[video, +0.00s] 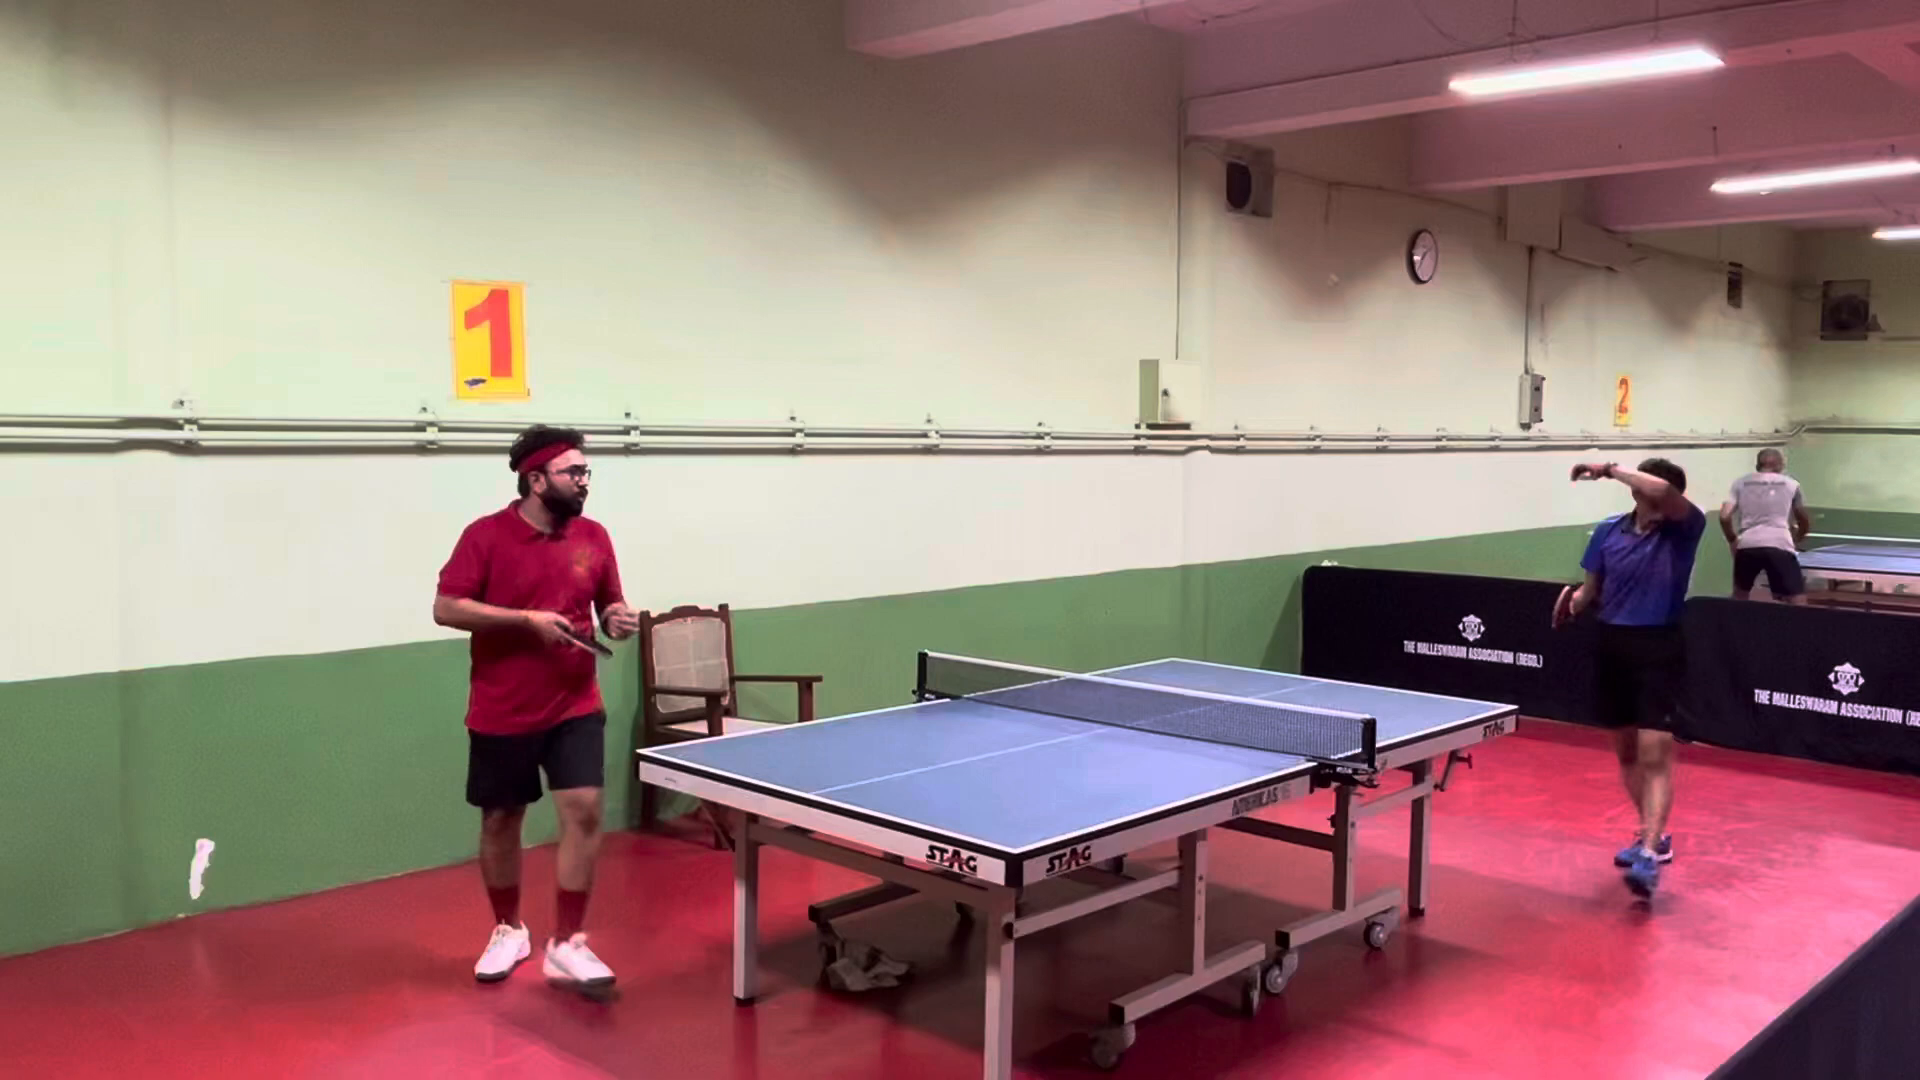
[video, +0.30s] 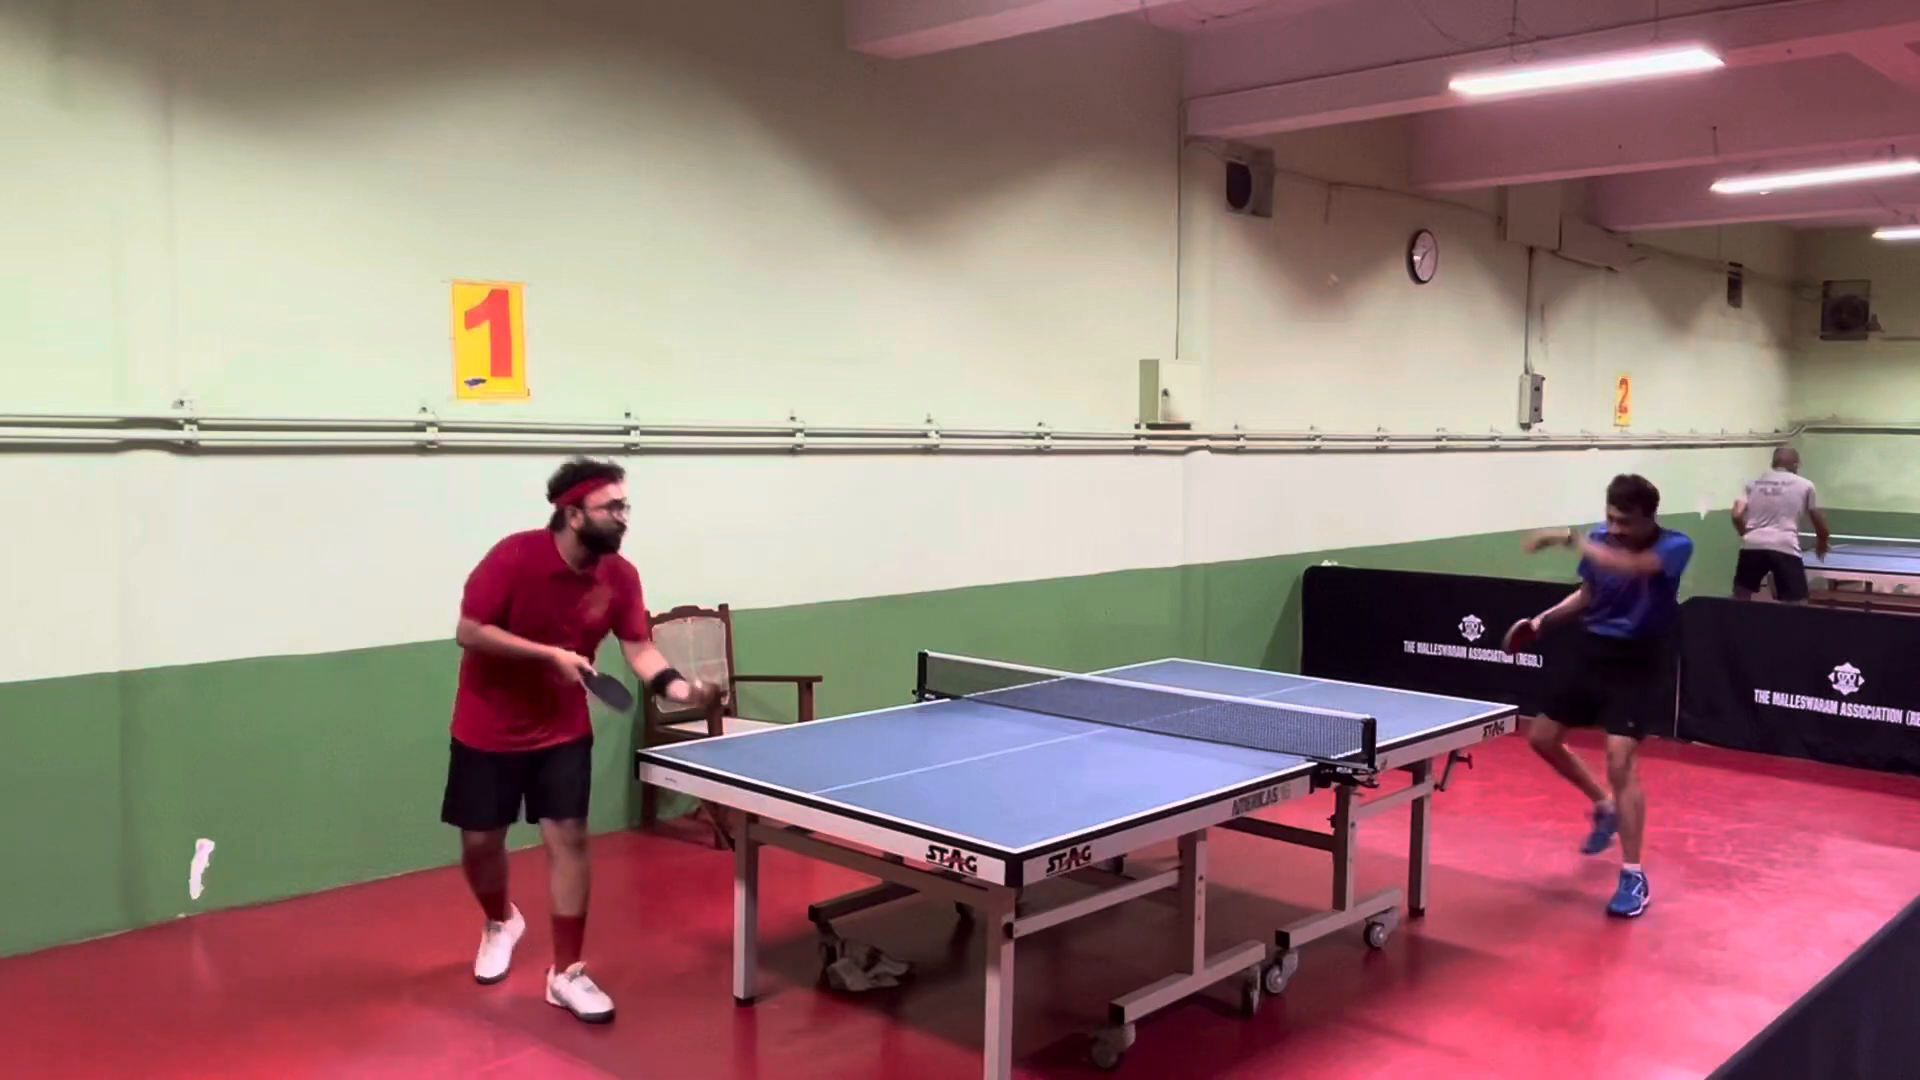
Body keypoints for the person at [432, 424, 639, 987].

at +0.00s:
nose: (584, 481)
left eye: (586, 473)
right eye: (573, 473)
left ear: (579, 478)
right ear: (534, 479)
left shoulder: (591, 536)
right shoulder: (486, 536)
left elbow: (611, 609)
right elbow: (446, 608)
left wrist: (621, 619)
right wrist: (527, 620)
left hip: (576, 706)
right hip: (503, 712)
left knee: (585, 810)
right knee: (501, 820)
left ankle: (566, 942)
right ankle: (507, 931)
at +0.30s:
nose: (624, 517)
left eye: (625, 506)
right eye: (612, 508)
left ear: (608, 510)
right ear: (572, 512)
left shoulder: (619, 575)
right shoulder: (513, 557)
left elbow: (640, 647)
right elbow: (468, 631)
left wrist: (674, 683)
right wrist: (551, 655)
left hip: (562, 728)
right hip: (488, 729)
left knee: (569, 836)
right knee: (479, 844)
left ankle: (567, 971)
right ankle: (501, 922)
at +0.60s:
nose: (662, 597)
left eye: (663, 585)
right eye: (652, 587)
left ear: (626, 587)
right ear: (612, 586)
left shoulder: (642, 626)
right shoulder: (544, 612)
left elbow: (665, 703)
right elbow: (532, 703)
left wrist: (715, 739)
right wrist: (623, 711)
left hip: (560, 737)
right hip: (485, 736)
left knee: (582, 844)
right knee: (475, 855)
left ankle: (567, 975)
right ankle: (453, 948)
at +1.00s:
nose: (613, 586)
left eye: (613, 573)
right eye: (600, 578)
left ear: (613, 567)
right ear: (559, 585)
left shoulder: (614, 598)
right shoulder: (517, 629)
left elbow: (664, 639)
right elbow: (555, 719)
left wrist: (716, 631)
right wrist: (638, 680)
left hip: (558, 738)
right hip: (487, 747)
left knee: (591, 838)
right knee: (483, 863)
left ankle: (568, 974)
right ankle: (447, 952)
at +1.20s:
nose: (551, 560)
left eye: (547, 550)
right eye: (534, 559)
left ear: (549, 547)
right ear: (503, 580)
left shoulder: (569, 572)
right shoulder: (485, 637)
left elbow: (639, 577)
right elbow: (516, 720)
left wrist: (697, 564)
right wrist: (590, 694)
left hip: (556, 734)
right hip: (486, 749)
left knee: (589, 834)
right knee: (483, 865)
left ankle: (569, 972)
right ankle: (446, 954)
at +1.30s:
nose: (521, 546)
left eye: (517, 534)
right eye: (503, 545)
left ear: (523, 533)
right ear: (478, 569)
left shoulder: (560, 570)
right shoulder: (459, 623)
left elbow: (640, 583)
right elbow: (449, 706)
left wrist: (713, 591)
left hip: (557, 740)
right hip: (480, 758)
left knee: (588, 832)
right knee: (477, 861)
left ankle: (570, 972)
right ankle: (446, 953)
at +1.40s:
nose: (505, 538)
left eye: (502, 527)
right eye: (486, 540)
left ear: (511, 526)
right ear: (461, 567)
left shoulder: (557, 572)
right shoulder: (437, 611)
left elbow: (639, 600)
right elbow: (397, 667)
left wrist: (716, 627)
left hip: (552, 729)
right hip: (474, 741)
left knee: (592, 823)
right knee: (470, 856)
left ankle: (576, 964)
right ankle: (447, 955)